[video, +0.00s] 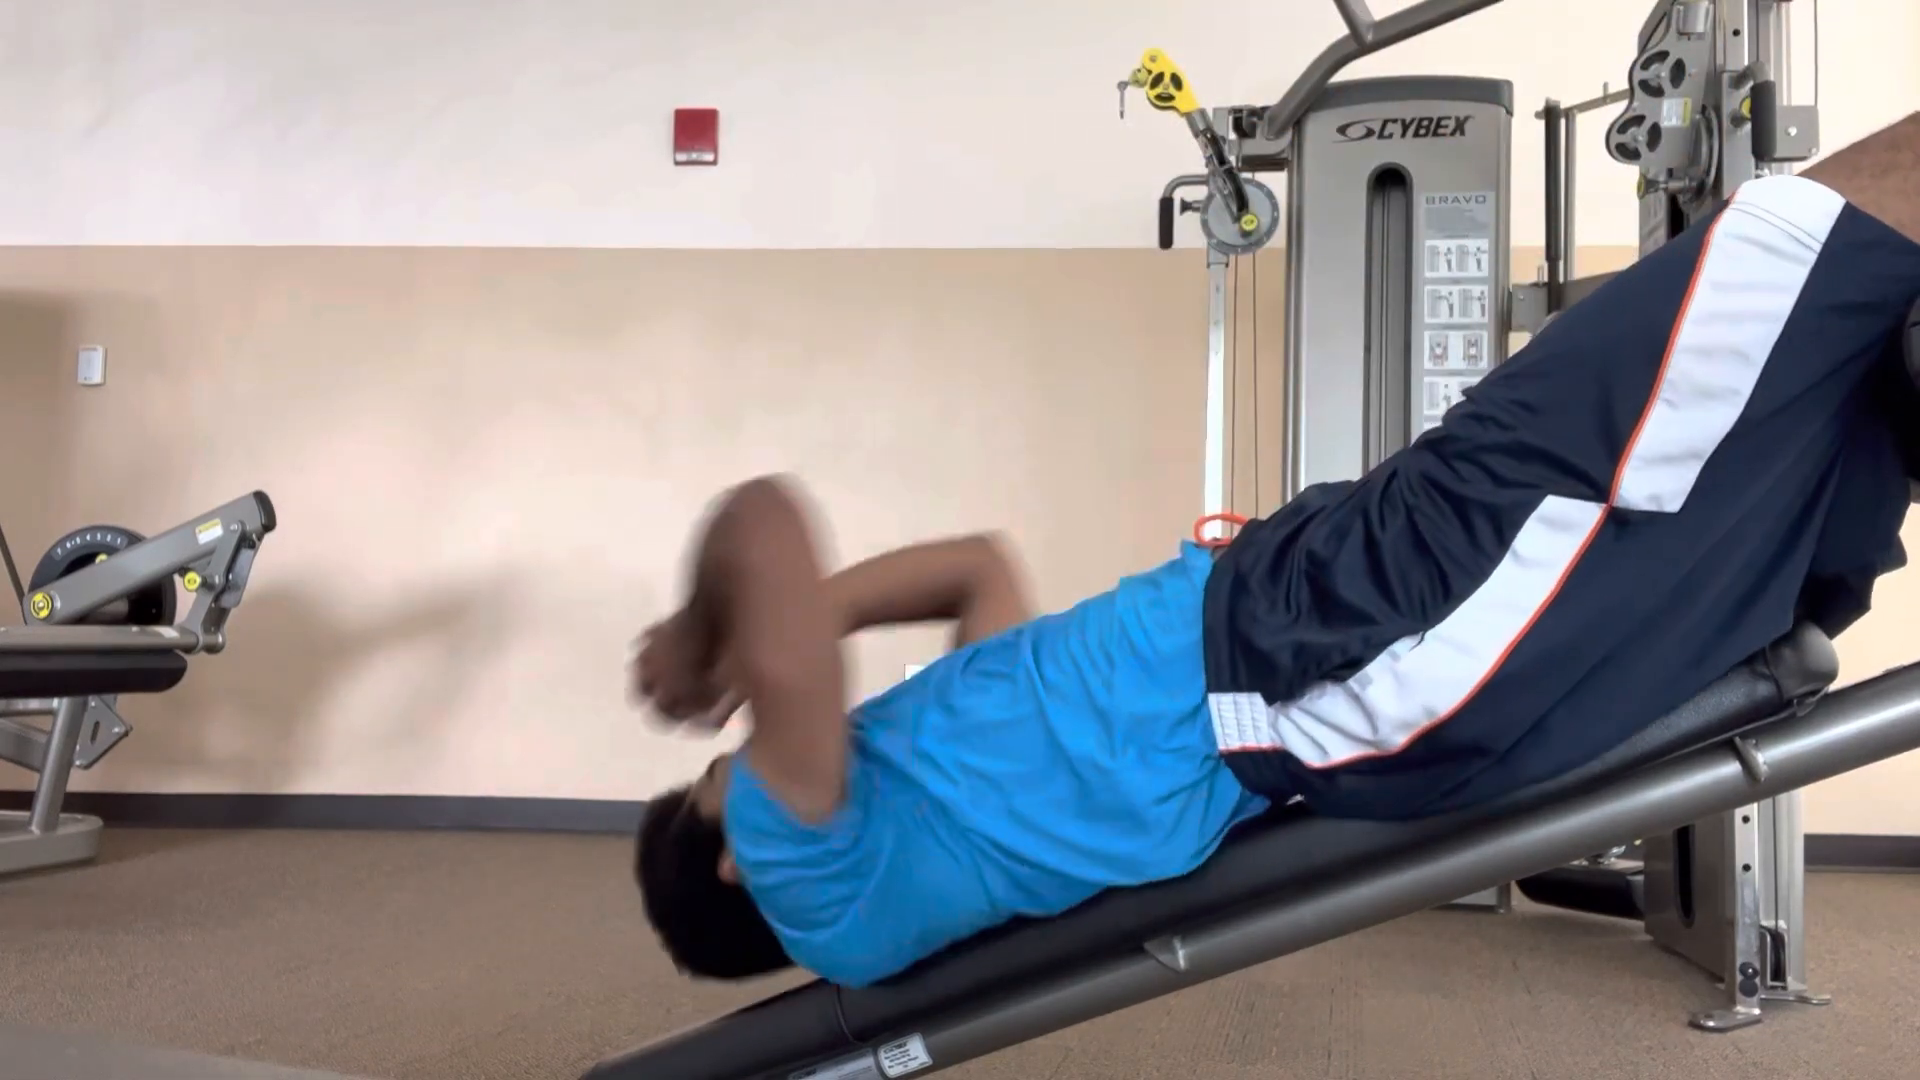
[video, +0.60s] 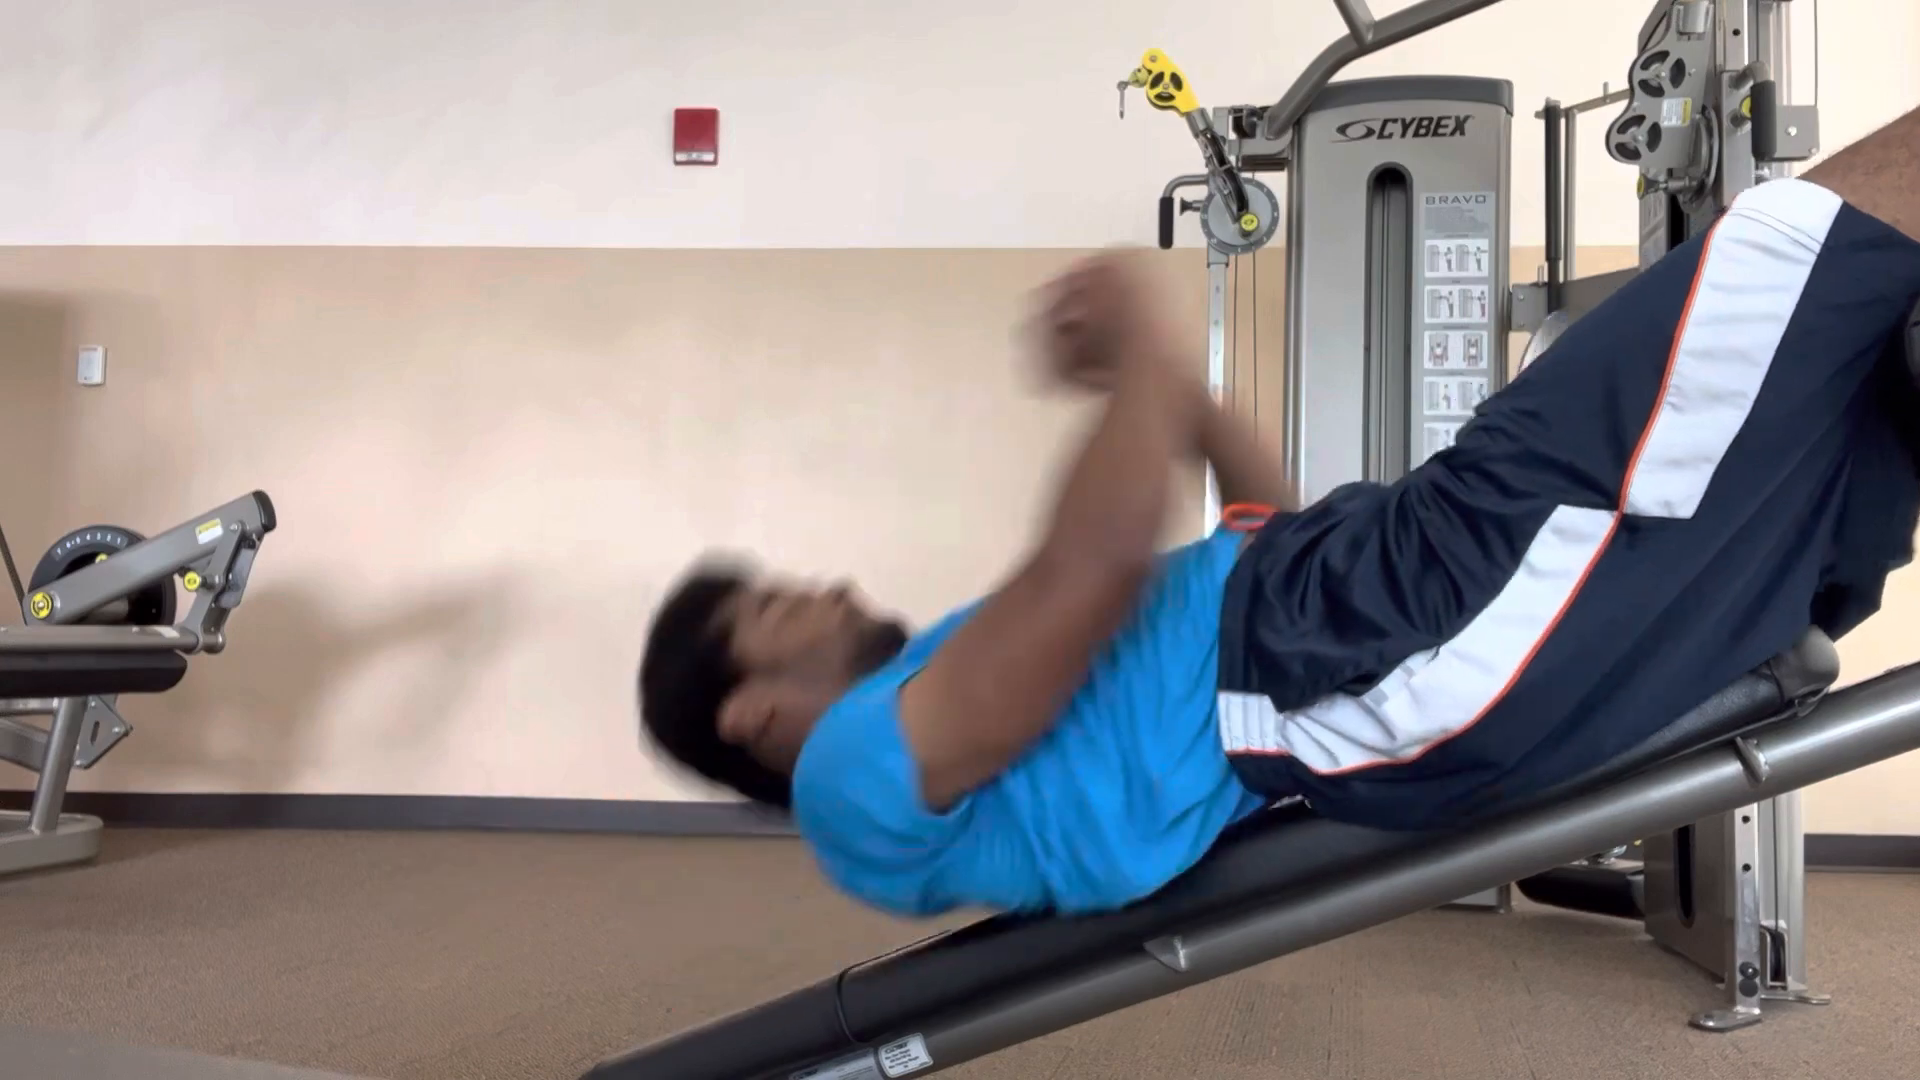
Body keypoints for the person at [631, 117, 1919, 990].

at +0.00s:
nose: (744, 759)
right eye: (726, 783)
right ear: (738, 838)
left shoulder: (892, 811)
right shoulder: (800, 846)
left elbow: (972, 571)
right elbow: (756, 513)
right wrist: (706, 638)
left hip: (1326, 591)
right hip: (1317, 669)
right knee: (1864, 191)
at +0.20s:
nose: (740, 754)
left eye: (718, 774)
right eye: (723, 800)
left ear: (738, 772)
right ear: (730, 862)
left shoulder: (889, 797)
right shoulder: (815, 900)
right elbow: (556, 786)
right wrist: (472, 825)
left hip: (1369, 563)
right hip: (1390, 648)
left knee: (1876, 179)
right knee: (1866, 180)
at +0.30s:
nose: (745, 759)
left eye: (718, 771)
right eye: (737, 796)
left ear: (727, 780)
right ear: (742, 845)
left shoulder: (876, 784)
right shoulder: (830, 882)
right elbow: (603, 854)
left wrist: (1215, 550)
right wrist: (455, 865)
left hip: (1284, 590)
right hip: (1324, 662)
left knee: (1864, 182)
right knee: (1862, 182)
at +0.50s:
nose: (727, 748)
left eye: (711, 752)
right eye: (706, 769)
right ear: (720, 830)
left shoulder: (899, 789)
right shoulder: (780, 853)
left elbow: (1035, 551)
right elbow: (800, 575)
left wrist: (830, 533)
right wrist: (778, 543)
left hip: (1332, 584)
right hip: (1313, 660)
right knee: (1856, 188)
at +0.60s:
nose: (821, 589)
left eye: (794, 582)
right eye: (771, 619)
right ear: (753, 721)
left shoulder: (970, 692)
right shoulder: (847, 778)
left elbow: (1267, 559)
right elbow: (1088, 564)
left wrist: (1188, 399)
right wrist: (1149, 348)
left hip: (1370, 610)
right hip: (1342, 654)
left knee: (1874, 429)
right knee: (1874, 176)